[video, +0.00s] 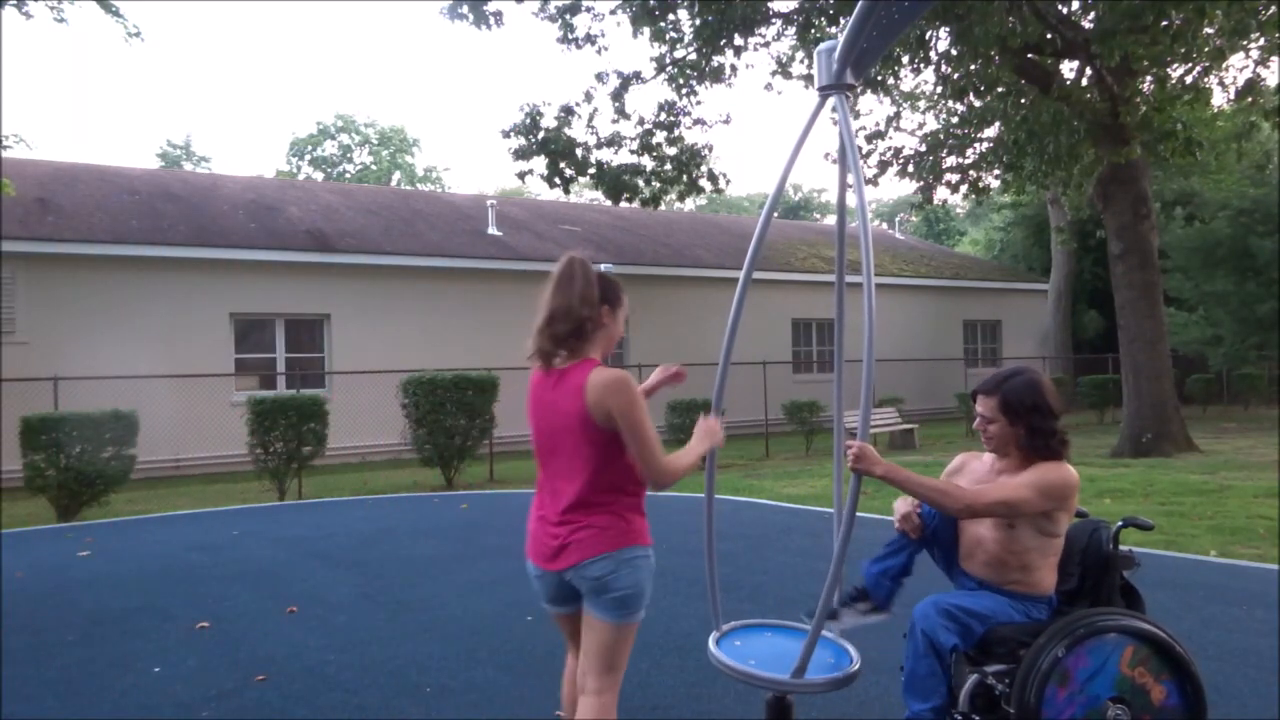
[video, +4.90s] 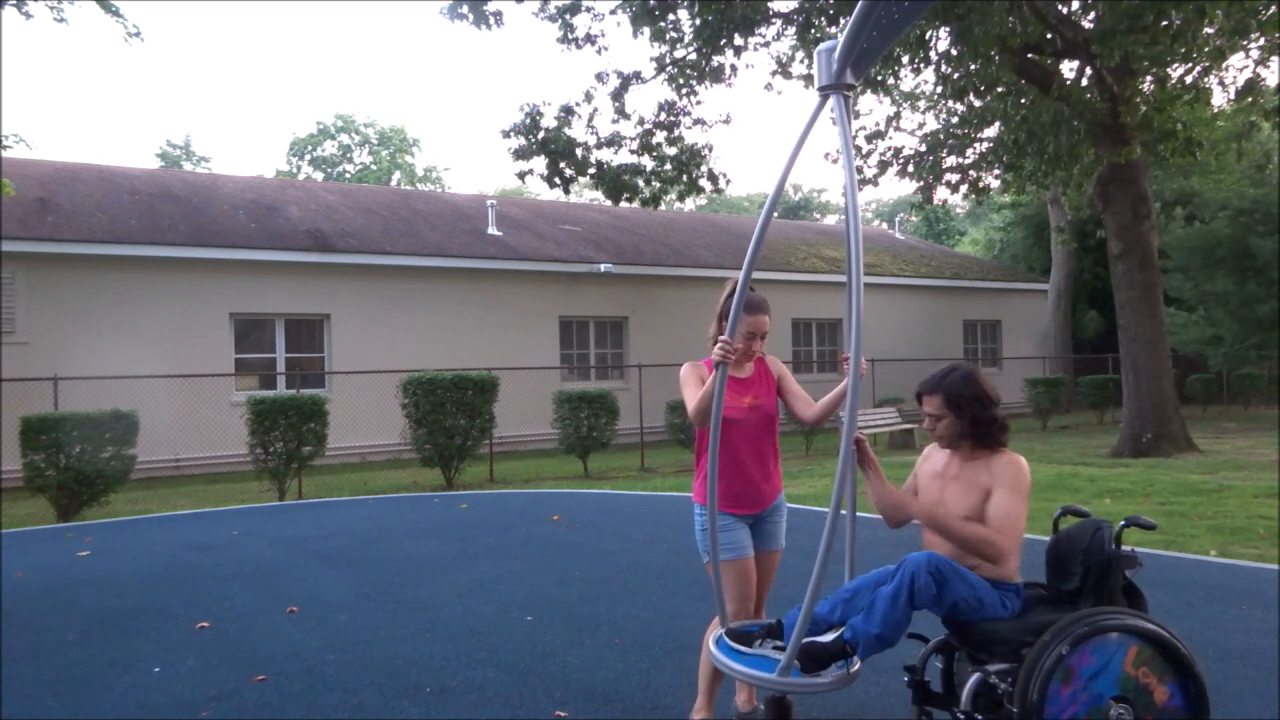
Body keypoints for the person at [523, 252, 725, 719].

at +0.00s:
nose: (623, 327)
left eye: (624, 317)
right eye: (623, 316)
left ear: (565, 315)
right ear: (604, 315)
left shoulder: (541, 377)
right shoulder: (609, 382)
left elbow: (587, 425)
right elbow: (660, 474)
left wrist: (644, 390)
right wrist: (702, 443)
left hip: (547, 544)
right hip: (611, 548)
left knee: (577, 654)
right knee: (599, 689)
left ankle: (570, 714)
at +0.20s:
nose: (652, 339)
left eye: (652, 329)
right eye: (650, 328)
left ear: (606, 328)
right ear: (626, 329)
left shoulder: (574, 383)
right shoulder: (628, 394)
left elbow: (638, 399)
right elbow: (684, 463)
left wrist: (698, 370)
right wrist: (708, 407)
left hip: (575, 541)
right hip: (630, 544)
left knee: (609, 648)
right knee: (627, 674)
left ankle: (605, 714)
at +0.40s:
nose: (683, 333)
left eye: (682, 323)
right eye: (678, 323)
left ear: (645, 323)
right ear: (652, 323)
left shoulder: (624, 369)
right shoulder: (635, 379)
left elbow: (704, 386)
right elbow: (666, 462)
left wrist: (764, 366)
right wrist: (703, 411)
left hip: (599, 521)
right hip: (641, 524)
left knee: (627, 633)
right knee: (663, 635)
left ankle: (615, 715)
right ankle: (636, 714)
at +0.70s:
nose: (716, 346)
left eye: (718, 337)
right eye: (712, 336)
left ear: (687, 334)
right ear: (684, 334)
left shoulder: (694, 377)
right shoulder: (653, 384)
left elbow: (750, 392)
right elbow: (660, 462)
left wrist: (812, 375)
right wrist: (703, 412)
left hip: (669, 515)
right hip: (665, 522)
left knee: (670, 612)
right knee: (686, 625)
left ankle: (626, 700)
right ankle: (683, 713)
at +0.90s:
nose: (725, 340)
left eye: (727, 331)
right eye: (721, 331)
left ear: (707, 330)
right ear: (696, 329)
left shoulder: (712, 371)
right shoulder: (663, 377)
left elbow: (772, 389)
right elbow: (665, 453)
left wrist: (831, 376)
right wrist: (700, 404)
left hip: (701, 509)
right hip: (671, 514)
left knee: (729, 597)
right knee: (693, 622)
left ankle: (677, 684)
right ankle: (682, 712)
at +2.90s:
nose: (753, 338)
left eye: (758, 329)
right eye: (745, 328)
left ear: (762, 326)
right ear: (718, 324)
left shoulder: (761, 366)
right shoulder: (689, 367)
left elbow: (804, 416)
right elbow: (692, 418)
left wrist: (842, 381)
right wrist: (719, 370)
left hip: (758, 507)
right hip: (705, 509)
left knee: (746, 609)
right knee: (705, 615)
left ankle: (746, 696)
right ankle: (697, 709)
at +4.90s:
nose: (757, 345)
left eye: (763, 336)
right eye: (749, 335)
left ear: (768, 330)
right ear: (725, 328)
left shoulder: (771, 366)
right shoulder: (697, 370)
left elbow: (810, 414)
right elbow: (698, 417)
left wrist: (848, 379)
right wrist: (720, 370)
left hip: (769, 504)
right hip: (719, 508)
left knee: (756, 611)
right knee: (735, 615)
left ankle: (746, 702)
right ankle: (702, 707)